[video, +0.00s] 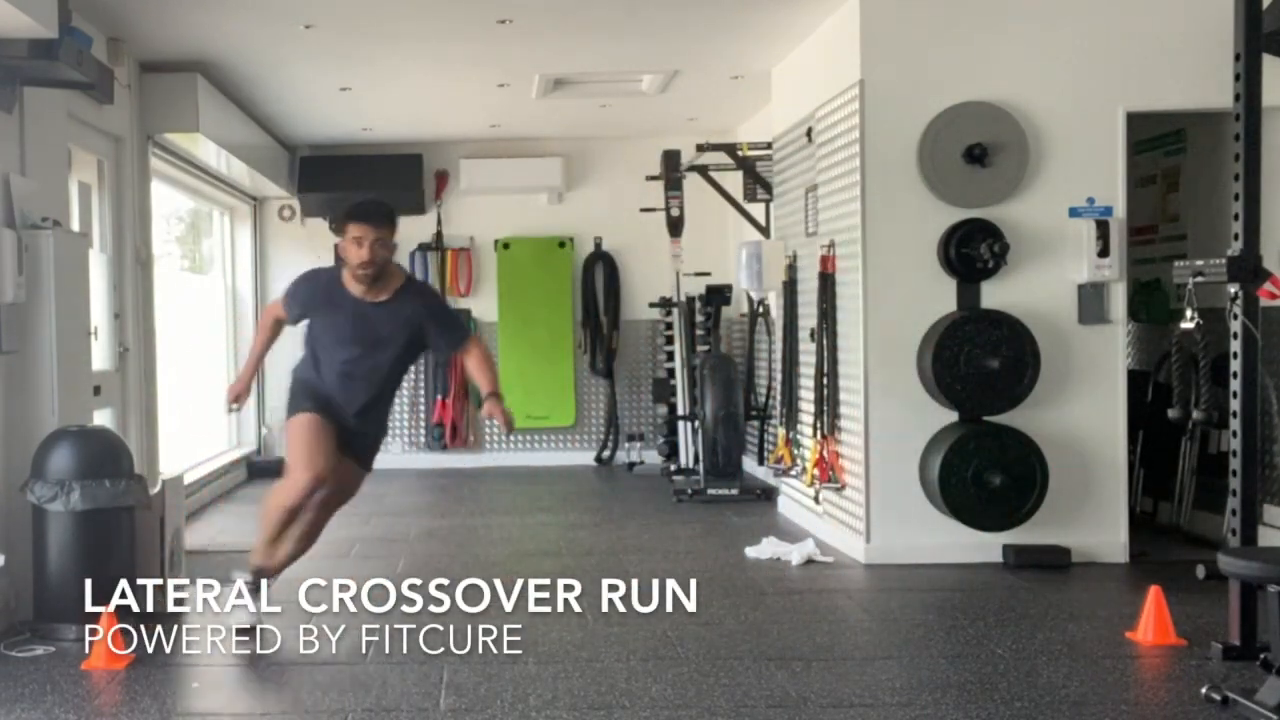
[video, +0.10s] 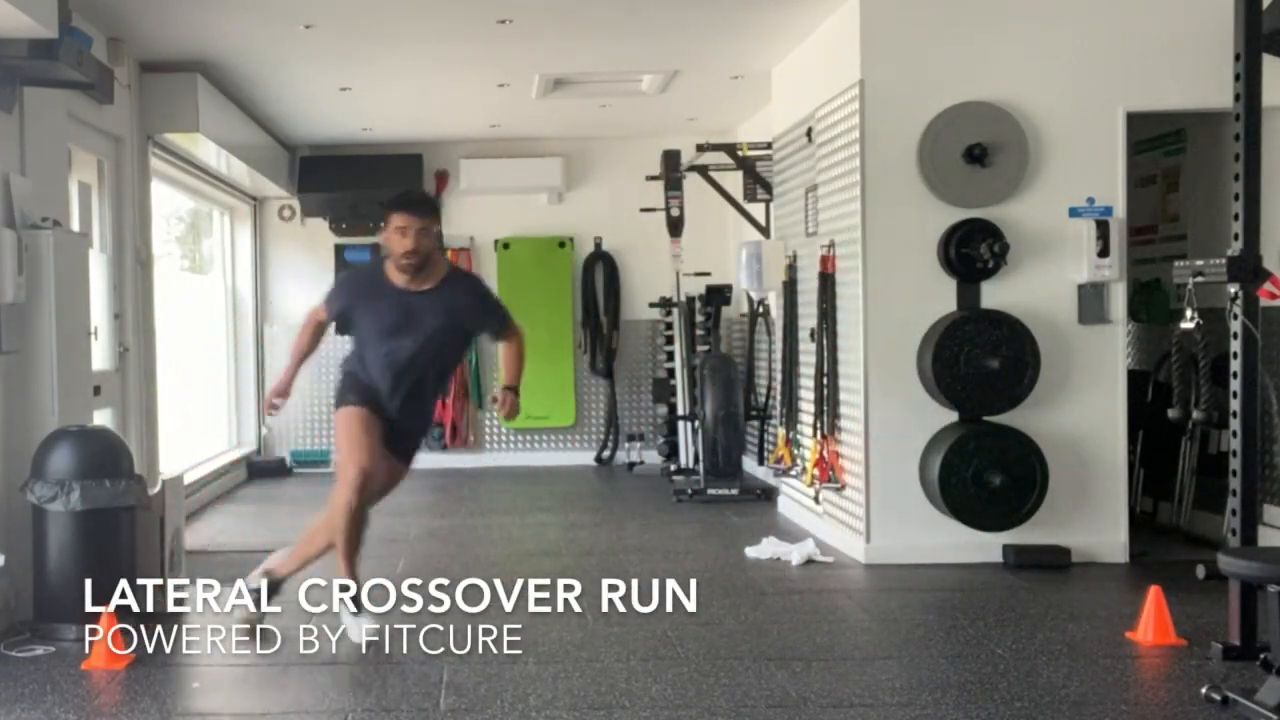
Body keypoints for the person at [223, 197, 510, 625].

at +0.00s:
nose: (368, 254)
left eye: (379, 243)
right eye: (357, 242)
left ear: (393, 246)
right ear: (340, 244)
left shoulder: (420, 302)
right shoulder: (318, 286)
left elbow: (469, 345)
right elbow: (275, 315)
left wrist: (491, 395)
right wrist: (246, 376)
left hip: (365, 424)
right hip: (314, 397)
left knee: (320, 510)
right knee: (309, 474)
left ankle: (260, 580)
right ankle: (256, 568)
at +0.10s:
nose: (410, 243)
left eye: (422, 232)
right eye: (400, 232)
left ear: (438, 236)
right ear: (383, 237)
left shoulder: (466, 292)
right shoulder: (360, 284)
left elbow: (512, 337)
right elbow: (317, 319)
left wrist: (510, 386)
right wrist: (288, 376)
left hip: (410, 419)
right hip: (362, 390)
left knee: (349, 511)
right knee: (357, 473)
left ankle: (272, 573)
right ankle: (348, 586)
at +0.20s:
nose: (475, 241)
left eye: (484, 231)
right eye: (465, 230)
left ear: (496, 234)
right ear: (447, 233)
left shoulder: (515, 288)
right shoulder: (419, 285)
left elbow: (531, 342)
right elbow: (361, 335)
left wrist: (531, 398)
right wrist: (353, 379)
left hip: (465, 415)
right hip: (410, 403)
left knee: (432, 525)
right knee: (391, 500)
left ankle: (386, 556)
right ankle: (362, 594)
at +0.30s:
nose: (560, 234)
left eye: (567, 223)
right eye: (550, 223)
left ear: (576, 228)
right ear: (530, 226)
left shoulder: (581, 283)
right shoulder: (495, 277)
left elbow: (592, 328)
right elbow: (427, 328)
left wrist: (594, 378)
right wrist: (444, 374)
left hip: (524, 396)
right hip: (465, 392)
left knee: (545, 501)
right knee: (427, 495)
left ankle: (536, 557)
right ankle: (370, 596)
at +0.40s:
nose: (644, 227)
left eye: (652, 217)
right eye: (634, 216)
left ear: (660, 222)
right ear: (613, 218)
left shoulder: (660, 277)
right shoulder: (580, 266)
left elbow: (677, 327)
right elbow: (502, 314)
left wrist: (694, 375)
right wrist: (494, 386)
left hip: (598, 388)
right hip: (541, 384)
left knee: (630, 490)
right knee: (508, 491)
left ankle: (604, 589)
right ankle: (418, 576)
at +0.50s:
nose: (726, 224)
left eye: (730, 214)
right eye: (717, 213)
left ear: (730, 215)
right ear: (686, 213)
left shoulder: (729, 268)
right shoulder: (640, 263)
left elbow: (754, 318)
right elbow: (566, 301)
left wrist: (778, 354)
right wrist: (539, 371)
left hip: (676, 386)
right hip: (625, 380)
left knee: (678, 498)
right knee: (659, 479)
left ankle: (608, 582)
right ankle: (585, 566)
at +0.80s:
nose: (903, 238)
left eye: (913, 228)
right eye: (891, 228)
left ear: (922, 231)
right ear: (869, 233)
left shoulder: (929, 280)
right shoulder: (843, 287)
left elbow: (945, 342)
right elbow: (783, 353)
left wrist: (959, 397)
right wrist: (815, 398)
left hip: (900, 397)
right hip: (845, 403)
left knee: (980, 471)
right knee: (900, 475)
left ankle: (964, 558)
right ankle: (896, 590)